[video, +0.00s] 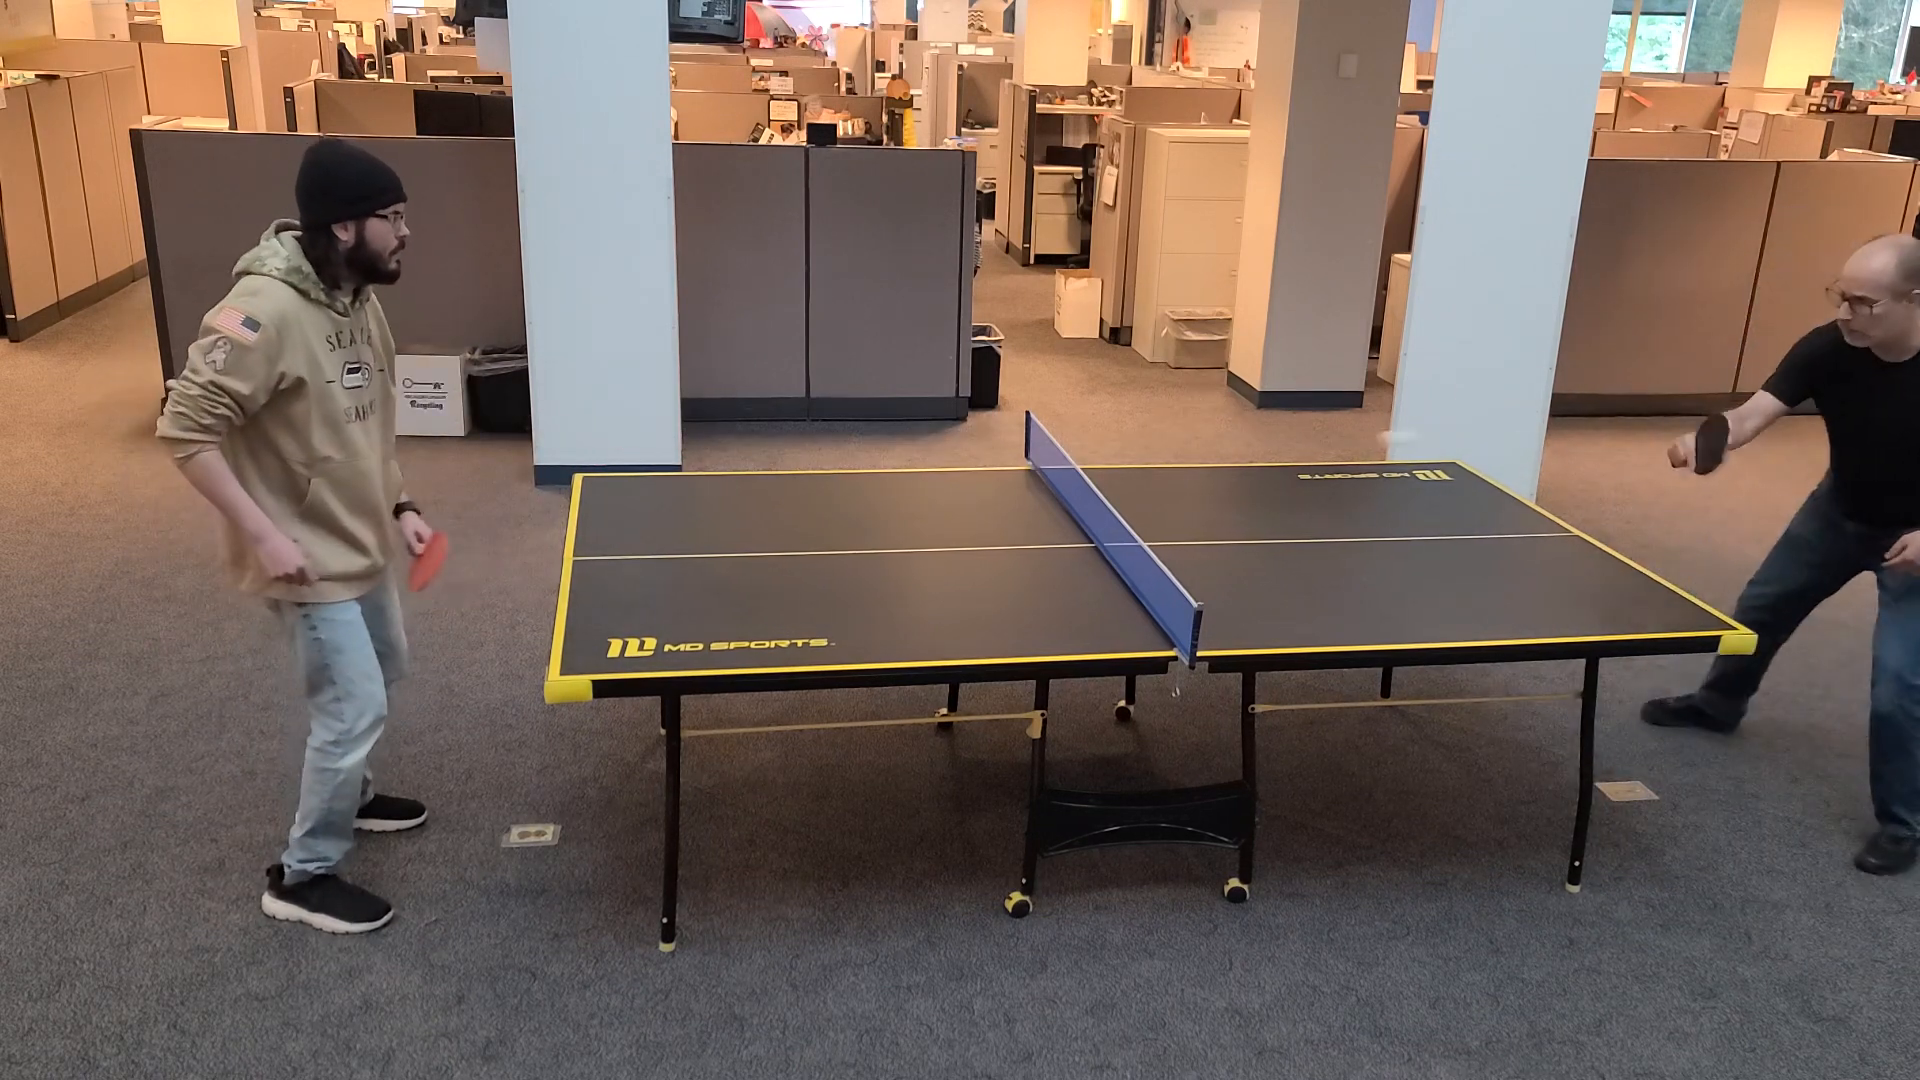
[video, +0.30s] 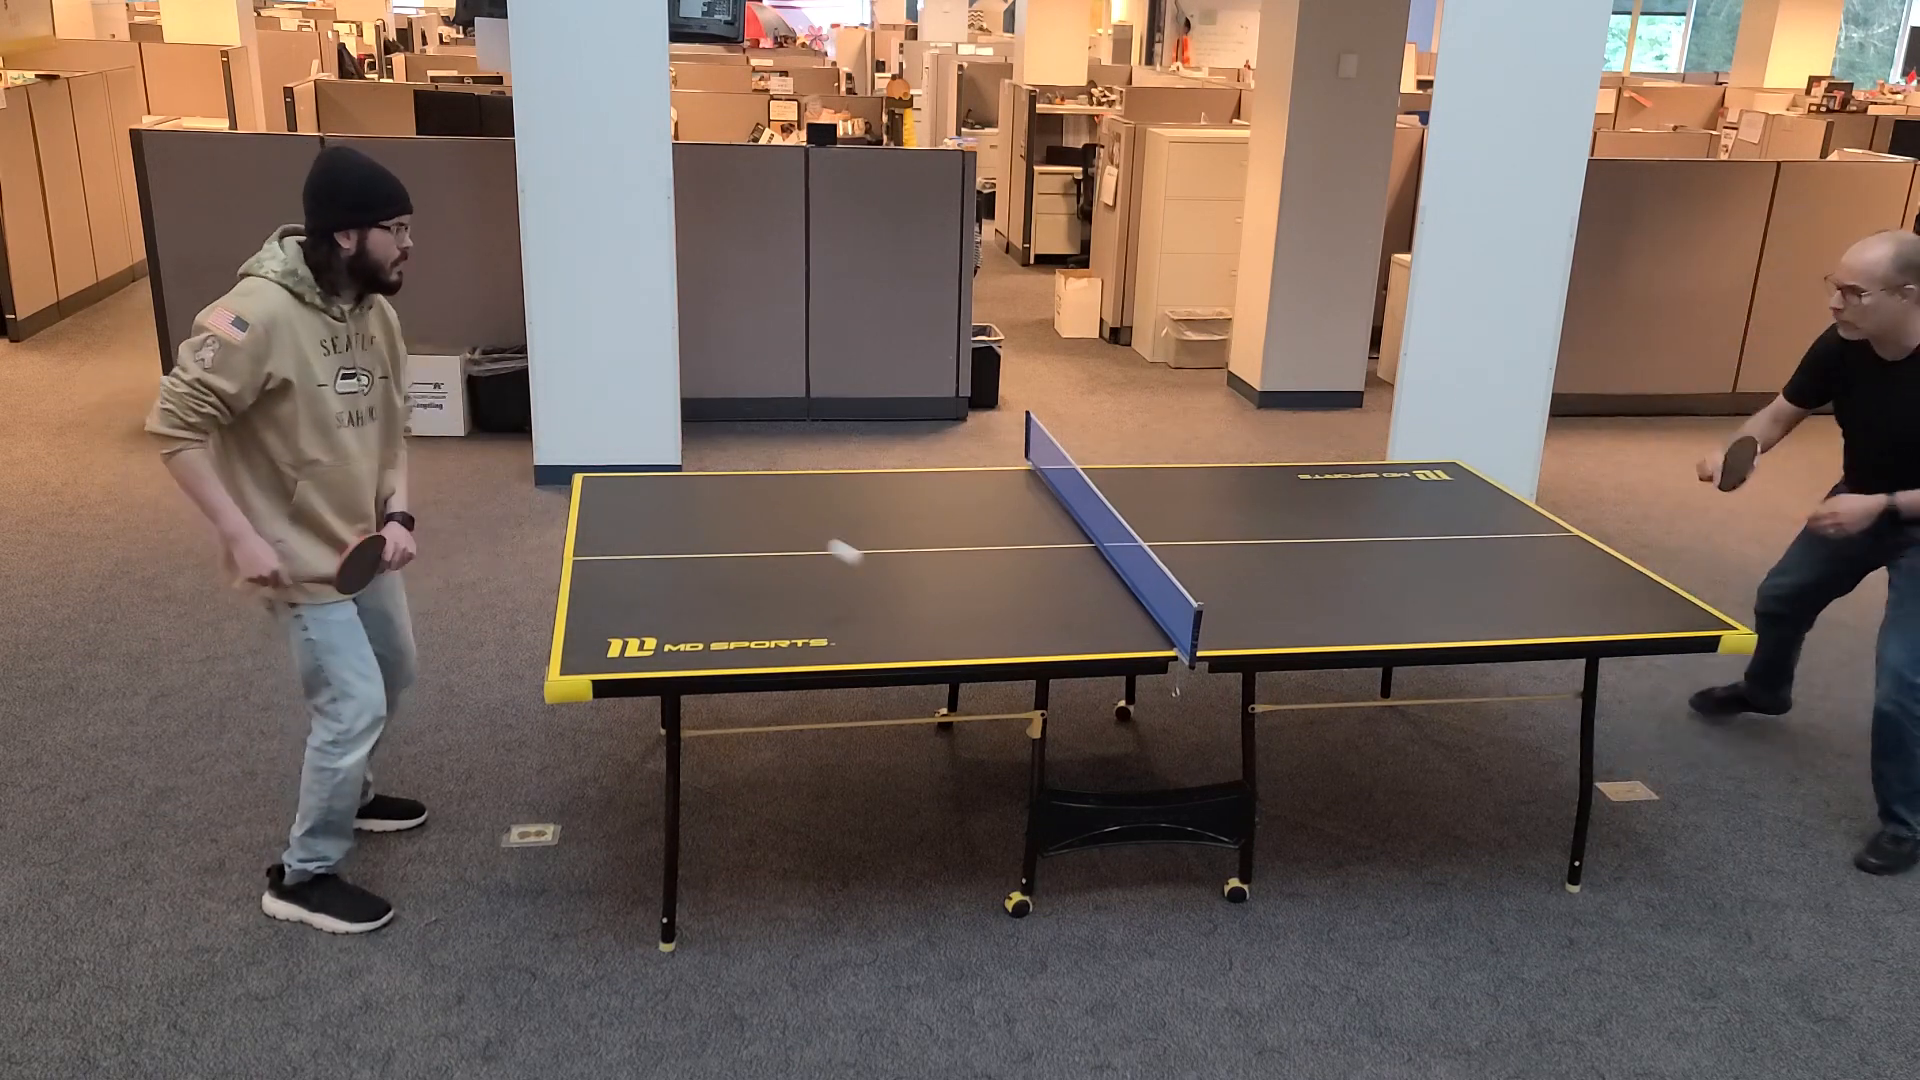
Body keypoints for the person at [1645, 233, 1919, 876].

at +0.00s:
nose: (1843, 312)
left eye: (1860, 303)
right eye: (1841, 298)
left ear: (1909, 302)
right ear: (1843, 291)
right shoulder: (1830, 350)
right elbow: (1749, 415)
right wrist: (1703, 444)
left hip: (1911, 536)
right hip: (1842, 510)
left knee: (1898, 683)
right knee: (1761, 606)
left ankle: (1900, 823)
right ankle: (1719, 703)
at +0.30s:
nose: (1836, 302)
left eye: (1853, 293)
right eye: (1835, 288)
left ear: (1906, 297)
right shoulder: (1840, 349)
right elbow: (1776, 418)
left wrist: (1883, 502)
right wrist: (1735, 455)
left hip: (1918, 529)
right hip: (1859, 510)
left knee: (1901, 678)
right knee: (1780, 598)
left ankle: (1904, 823)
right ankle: (1766, 689)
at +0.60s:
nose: (1768, 301)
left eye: (1782, 291)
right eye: (1767, 289)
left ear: (1834, 292)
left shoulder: (1899, 353)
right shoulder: (1782, 346)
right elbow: (1751, 421)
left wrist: (1835, 492)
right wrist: (1716, 470)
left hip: (1892, 511)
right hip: (1811, 497)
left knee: (1879, 659)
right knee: (1739, 587)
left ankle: (1898, 806)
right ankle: (1735, 687)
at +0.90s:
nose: (1726, 287)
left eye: (1738, 277)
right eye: (1726, 275)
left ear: (1787, 276)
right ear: (1771, 277)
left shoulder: (1859, 336)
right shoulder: (1750, 326)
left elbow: (1911, 436)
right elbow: (1687, 362)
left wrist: (1842, 495)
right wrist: (1627, 420)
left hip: (1865, 497)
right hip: (1787, 479)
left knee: (1852, 641)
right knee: (1688, 566)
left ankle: (1882, 785)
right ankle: (1679, 661)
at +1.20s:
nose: (1679, 253)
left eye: (1690, 243)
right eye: (1678, 241)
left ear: (1735, 244)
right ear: (1711, 242)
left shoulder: (1793, 306)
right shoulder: (1689, 288)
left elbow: (1852, 400)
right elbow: (1606, 304)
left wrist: (1785, 474)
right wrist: (1536, 328)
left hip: (1808, 470)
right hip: (1732, 461)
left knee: (1809, 612)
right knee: (1658, 562)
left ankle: (1845, 753)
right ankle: (1658, 665)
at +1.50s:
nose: (1685, 261)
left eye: (1697, 251)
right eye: (1684, 249)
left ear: (1744, 253)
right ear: (1729, 254)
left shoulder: (1802, 317)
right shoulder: (1705, 315)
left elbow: (1851, 417)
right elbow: (1664, 381)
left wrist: (1767, 476)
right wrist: (1624, 417)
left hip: (1810, 483)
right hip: (1735, 470)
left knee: (1805, 625)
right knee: (1658, 568)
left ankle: (1851, 768)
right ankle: (1659, 666)